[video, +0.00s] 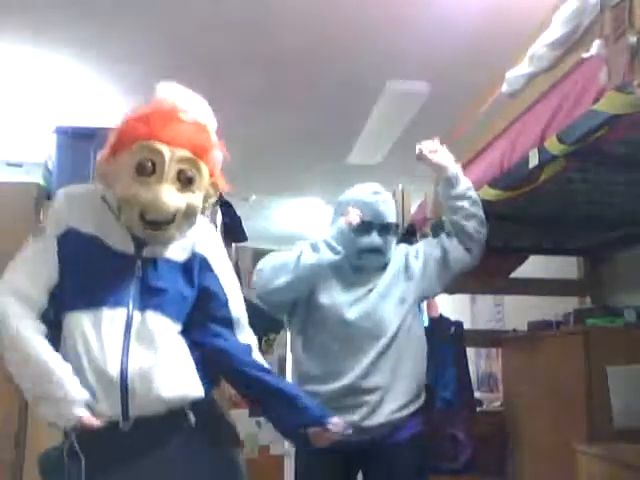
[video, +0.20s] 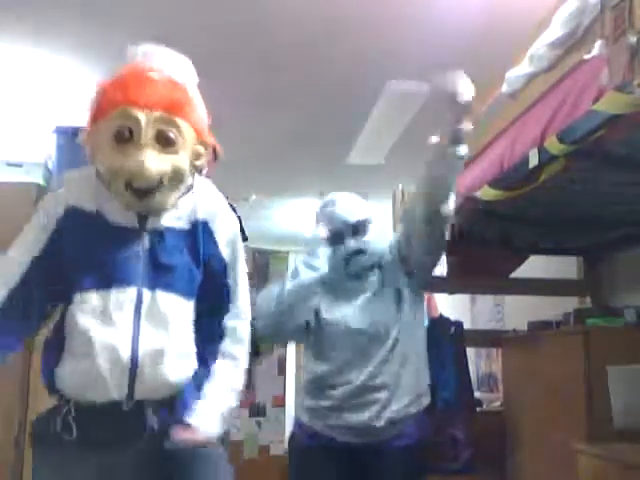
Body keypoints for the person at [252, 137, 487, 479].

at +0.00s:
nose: (374, 241)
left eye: (384, 230)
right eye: (363, 230)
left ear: (395, 232)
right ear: (341, 230)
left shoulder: (410, 266)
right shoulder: (311, 269)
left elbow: (467, 241)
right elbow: (265, 286)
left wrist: (451, 174)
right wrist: (335, 240)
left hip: (397, 433)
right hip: (323, 435)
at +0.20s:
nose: (352, 244)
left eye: (360, 231)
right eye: (340, 237)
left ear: (373, 228)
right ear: (325, 241)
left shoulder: (403, 270)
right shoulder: (311, 290)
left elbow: (430, 210)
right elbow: (263, 324)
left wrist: (453, 131)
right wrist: (319, 276)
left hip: (397, 443)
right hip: (322, 444)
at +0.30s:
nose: (348, 238)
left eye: (356, 225)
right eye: (337, 231)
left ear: (378, 228)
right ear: (323, 241)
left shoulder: (411, 275)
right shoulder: (313, 287)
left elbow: (442, 216)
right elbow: (290, 347)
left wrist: (415, 151)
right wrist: (311, 258)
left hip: (397, 454)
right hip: (321, 452)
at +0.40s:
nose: (348, 234)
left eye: (359, 225)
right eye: (338, 229)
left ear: (383, 236)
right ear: (325, 247)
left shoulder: (413, 282)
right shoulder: (315, 298)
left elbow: (461, 224)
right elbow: (288, 341)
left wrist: (415, 169)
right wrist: (311, 257)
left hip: (393, 456)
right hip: (320, 454)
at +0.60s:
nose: (368, 229)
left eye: (379, 218)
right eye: (354, 220)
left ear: (400, 228)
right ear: (341, 232)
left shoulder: (422, 279)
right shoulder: (316, 279)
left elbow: (491, 260)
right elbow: (261, 288)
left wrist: (448, 200)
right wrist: (333, 254)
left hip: (400, 447)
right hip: (327, 449)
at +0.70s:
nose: (373, 230)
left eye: (386, 220)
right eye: (361, 219)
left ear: (403, 230)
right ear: (343, 226)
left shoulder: (415, 280)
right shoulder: (315, 277)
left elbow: (488, 278)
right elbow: (256, 268)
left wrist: (460, 215)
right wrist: (330, 232)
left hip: (403, 433)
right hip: (331, 437)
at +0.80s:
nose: (369, 233)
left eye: (383, 222)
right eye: (358, 220)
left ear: (401, 233)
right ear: (340, 226)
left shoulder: (409, 279)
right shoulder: (312, 272)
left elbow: (482, 280)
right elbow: (253, 260)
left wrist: (466, 210)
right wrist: (325, 227)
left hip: (403, 430)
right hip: (330, 436)